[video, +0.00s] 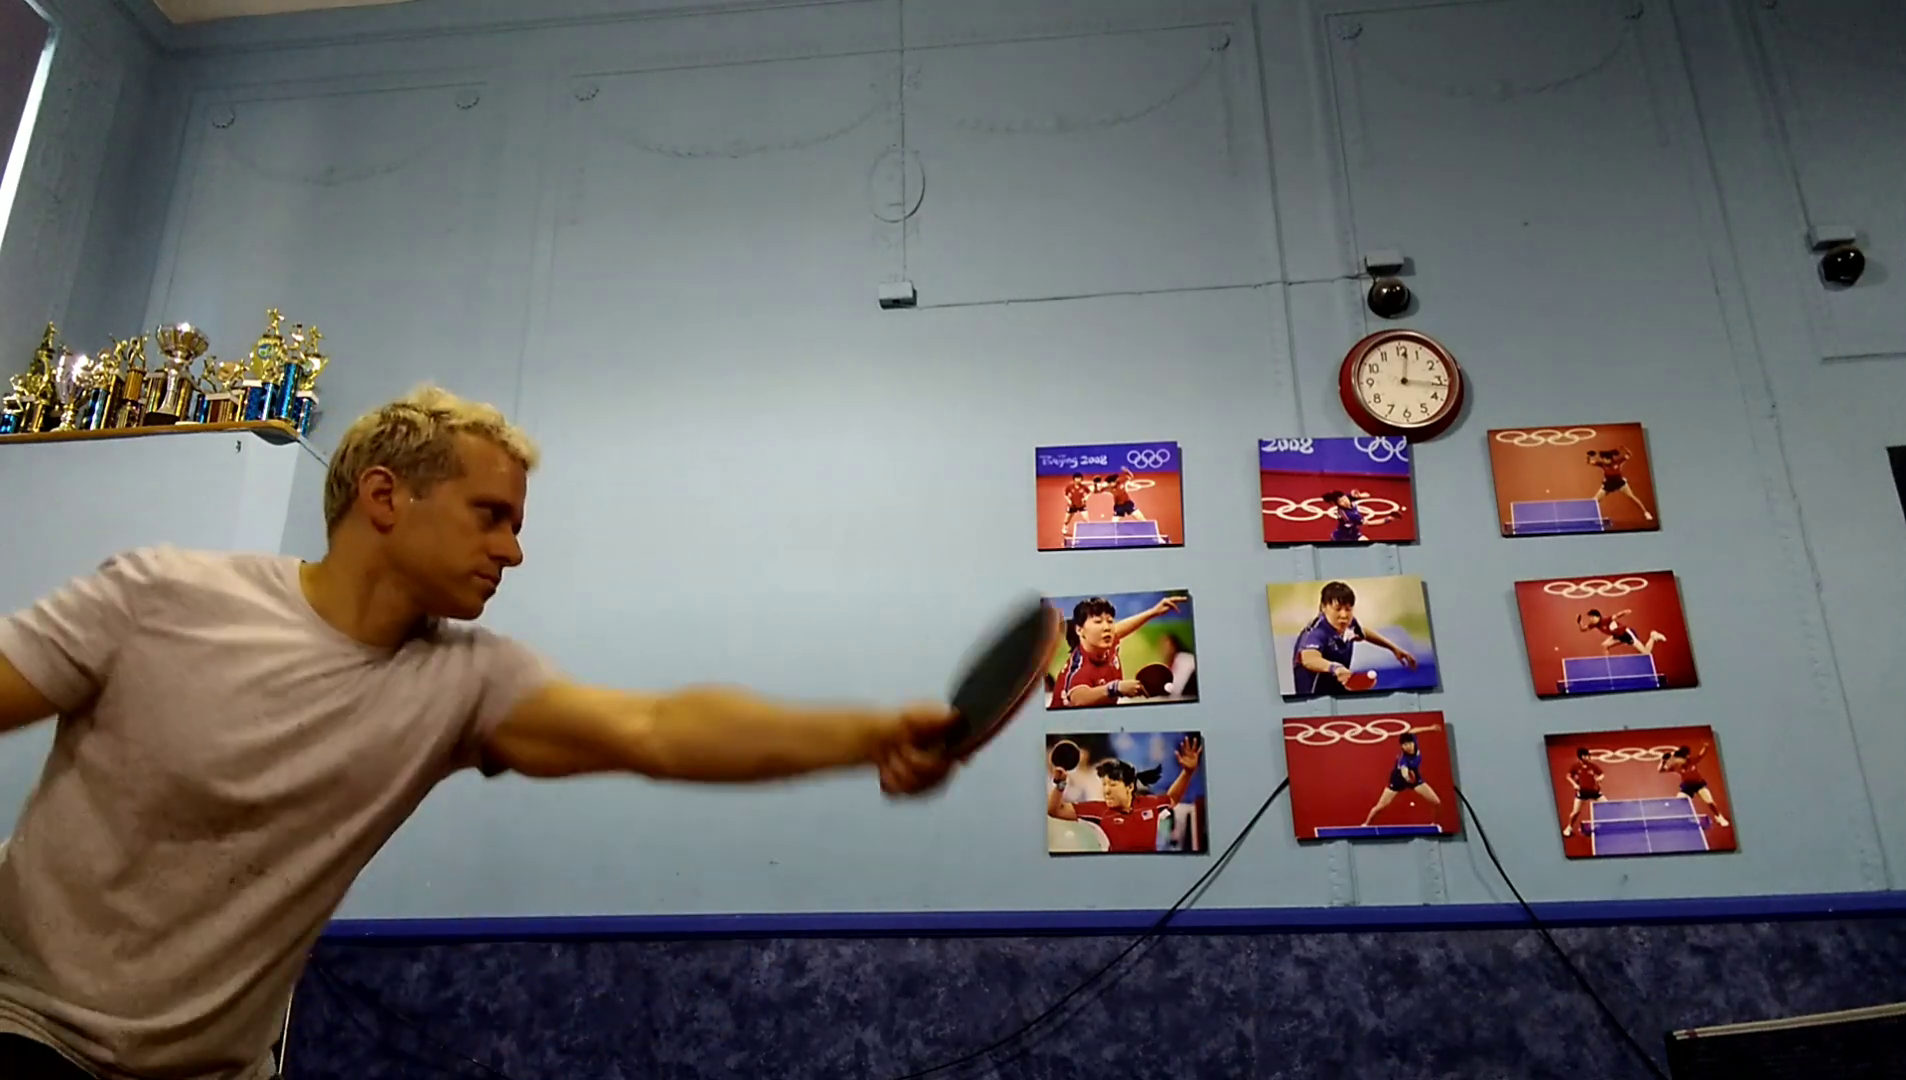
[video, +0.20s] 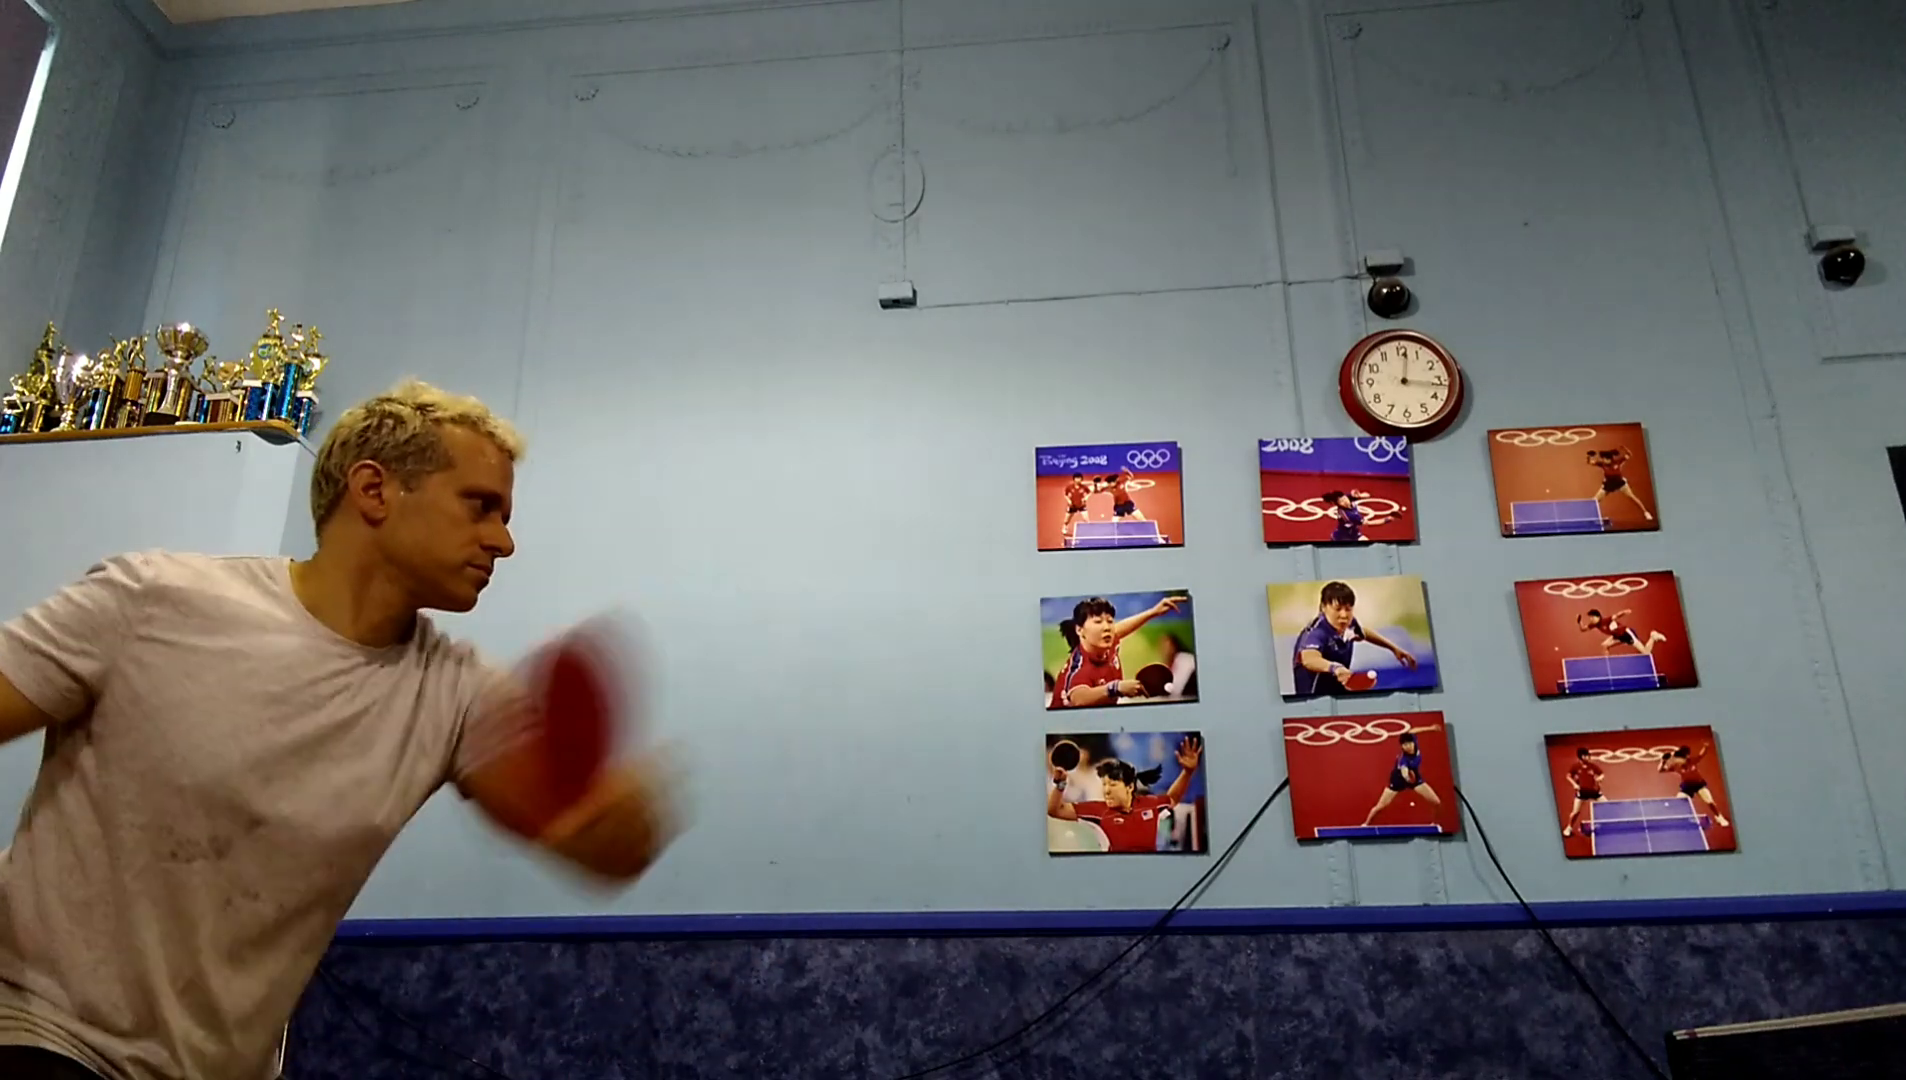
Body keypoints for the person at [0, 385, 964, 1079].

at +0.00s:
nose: (512, 549)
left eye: (516, 524)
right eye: (490, 515)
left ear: (415, 517)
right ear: (381, 499)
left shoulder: (465, 682)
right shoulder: (155, 597)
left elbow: (659, 730)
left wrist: (872, 736)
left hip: (222, 1060)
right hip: (34, 1018)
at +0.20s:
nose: (503, 541)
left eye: (504, 516)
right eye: (479, 506)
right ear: (373, 494)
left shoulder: (454, 692)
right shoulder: (147, 601)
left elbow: (612, 855)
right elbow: (2, 704)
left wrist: (617, 813)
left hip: (227, 1061)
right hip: (45, 1017)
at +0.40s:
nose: (514, 555)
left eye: (511, 532)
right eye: (489, 523)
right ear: (381, 516)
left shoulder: (440, 728)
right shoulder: (190, 635)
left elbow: (412, 940)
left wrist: (384, 1066)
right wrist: (37, 1028)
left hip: (225, 1065)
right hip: (48, 1048)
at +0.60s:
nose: (521, 556)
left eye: (518, 533)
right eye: (496, 525)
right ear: (391, 521)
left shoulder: (422, 724)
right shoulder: (233, 638)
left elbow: (365, 901)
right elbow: (6, 812)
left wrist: (355, 1064)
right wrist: (140, 1054)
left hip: (239, 1064)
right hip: (59, 1045)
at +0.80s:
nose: (490, 522)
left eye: (487, 501)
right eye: (465, 493)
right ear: (362, 491)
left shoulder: (407, 701)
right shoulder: (222, 617)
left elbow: (378, 887)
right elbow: (18, 809)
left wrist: (429, 1013)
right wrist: (202, 1015)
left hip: (251, 1058)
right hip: (81, 1030)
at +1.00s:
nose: (452, 498)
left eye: (447, 477)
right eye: (425, 468)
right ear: (319, 470)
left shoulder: (386, 685)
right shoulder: (186, 604)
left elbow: (397, 877)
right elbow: (14, 813)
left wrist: (431, 955)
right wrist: (266, 962)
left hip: (244, 1058)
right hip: (75, 1029)